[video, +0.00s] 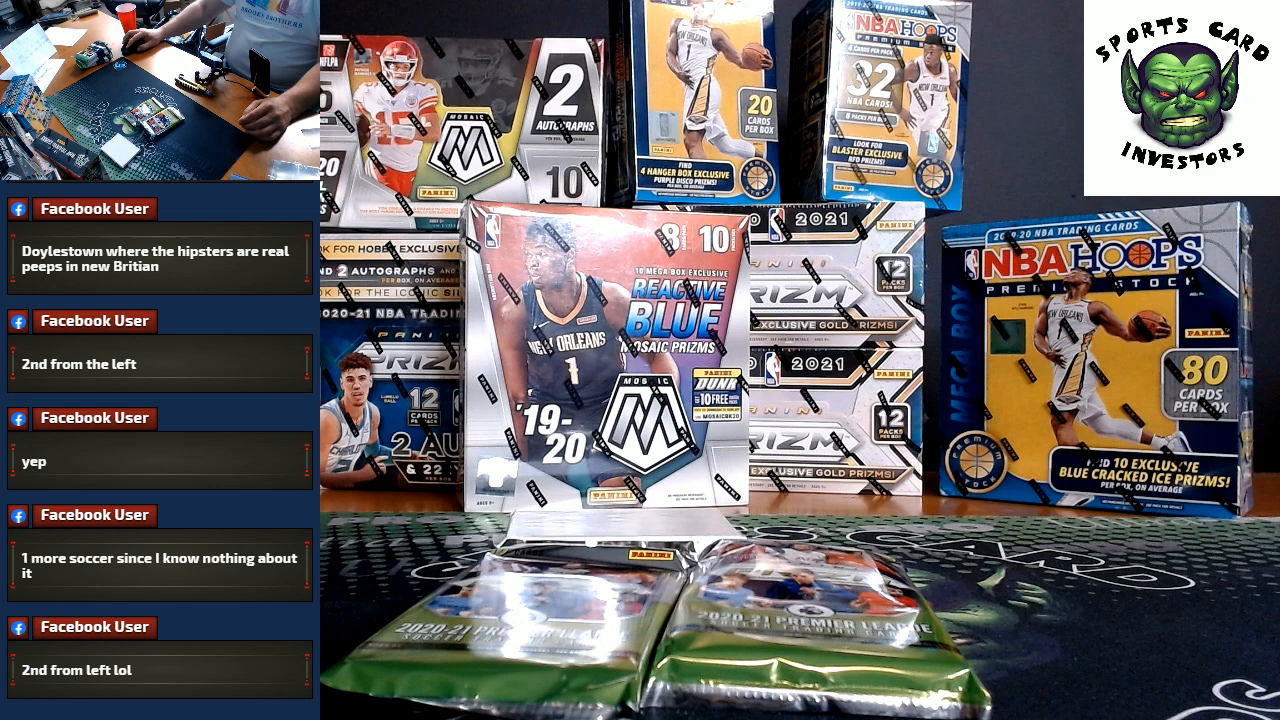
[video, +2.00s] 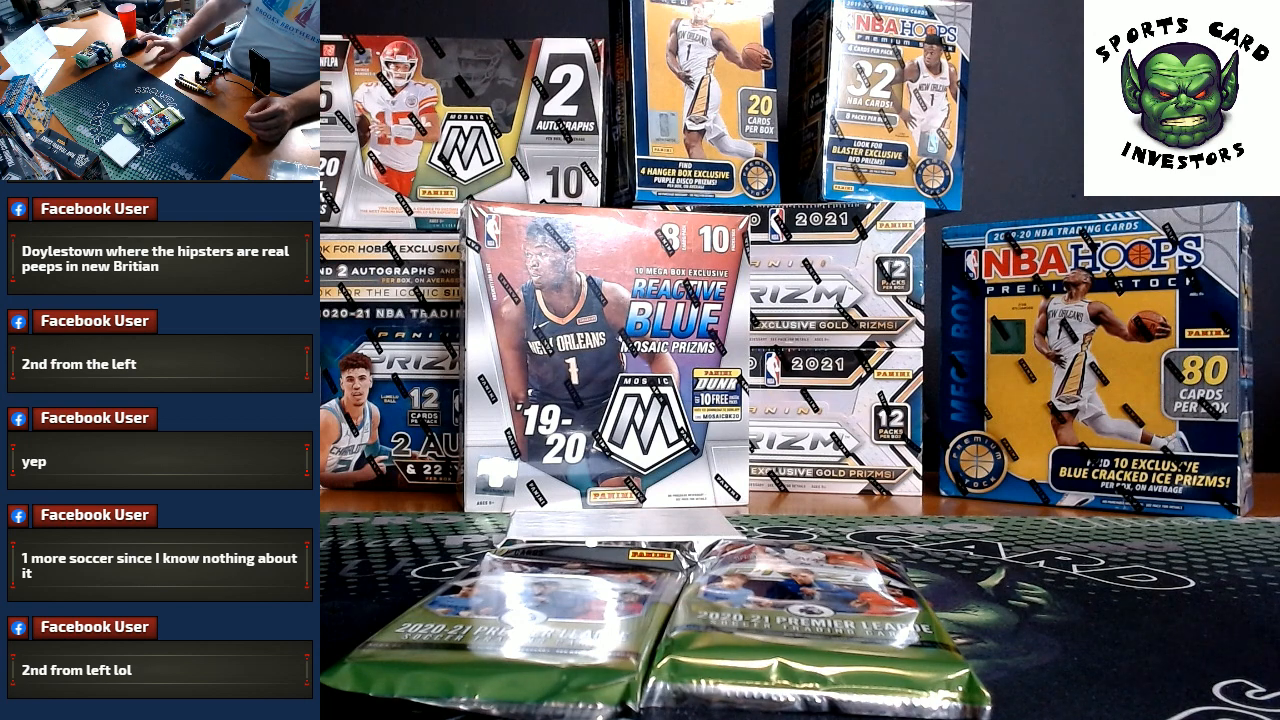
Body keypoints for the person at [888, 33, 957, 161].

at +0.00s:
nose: (928, 52)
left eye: (933, 49)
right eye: (926, 47)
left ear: (941, 52)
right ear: (923, 49)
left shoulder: (949, 71)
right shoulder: (913, 69)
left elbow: (956, 94)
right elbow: (886, 83)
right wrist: (900, 111)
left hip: (940, 117)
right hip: (918, 119)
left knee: (940, 155)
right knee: (923, 155)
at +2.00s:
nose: (928, 52)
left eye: (933, 49)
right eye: (926, 48)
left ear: (941, 52)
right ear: (923, 49)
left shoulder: (949, 71)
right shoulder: (913, 69)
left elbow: (955, 93)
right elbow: (886, 83)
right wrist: (900, 111)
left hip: (940, 117)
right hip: (918, 119)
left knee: (940, 154)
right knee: (923, 155)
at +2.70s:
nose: (929, 52)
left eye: (933, 49)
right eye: (926, 48)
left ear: (941, 52)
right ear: (923, 49)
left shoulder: (949, 70)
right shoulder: (913, 69)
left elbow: (955, 92)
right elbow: (886, 83)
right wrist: (900, 111)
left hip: (940, 116)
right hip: (918, 118)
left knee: (940, 154)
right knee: (923, 155)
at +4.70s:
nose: (928, 52)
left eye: (933, 49)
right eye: (926, 47)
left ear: (941, 51)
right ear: (923, 48)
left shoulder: (949, 70)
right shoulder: (913, 69)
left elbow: (955, 93)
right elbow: (887, 83)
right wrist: (900, 110)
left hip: (940, 118)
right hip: (918, 119)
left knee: (940, 155)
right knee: (923, 156)